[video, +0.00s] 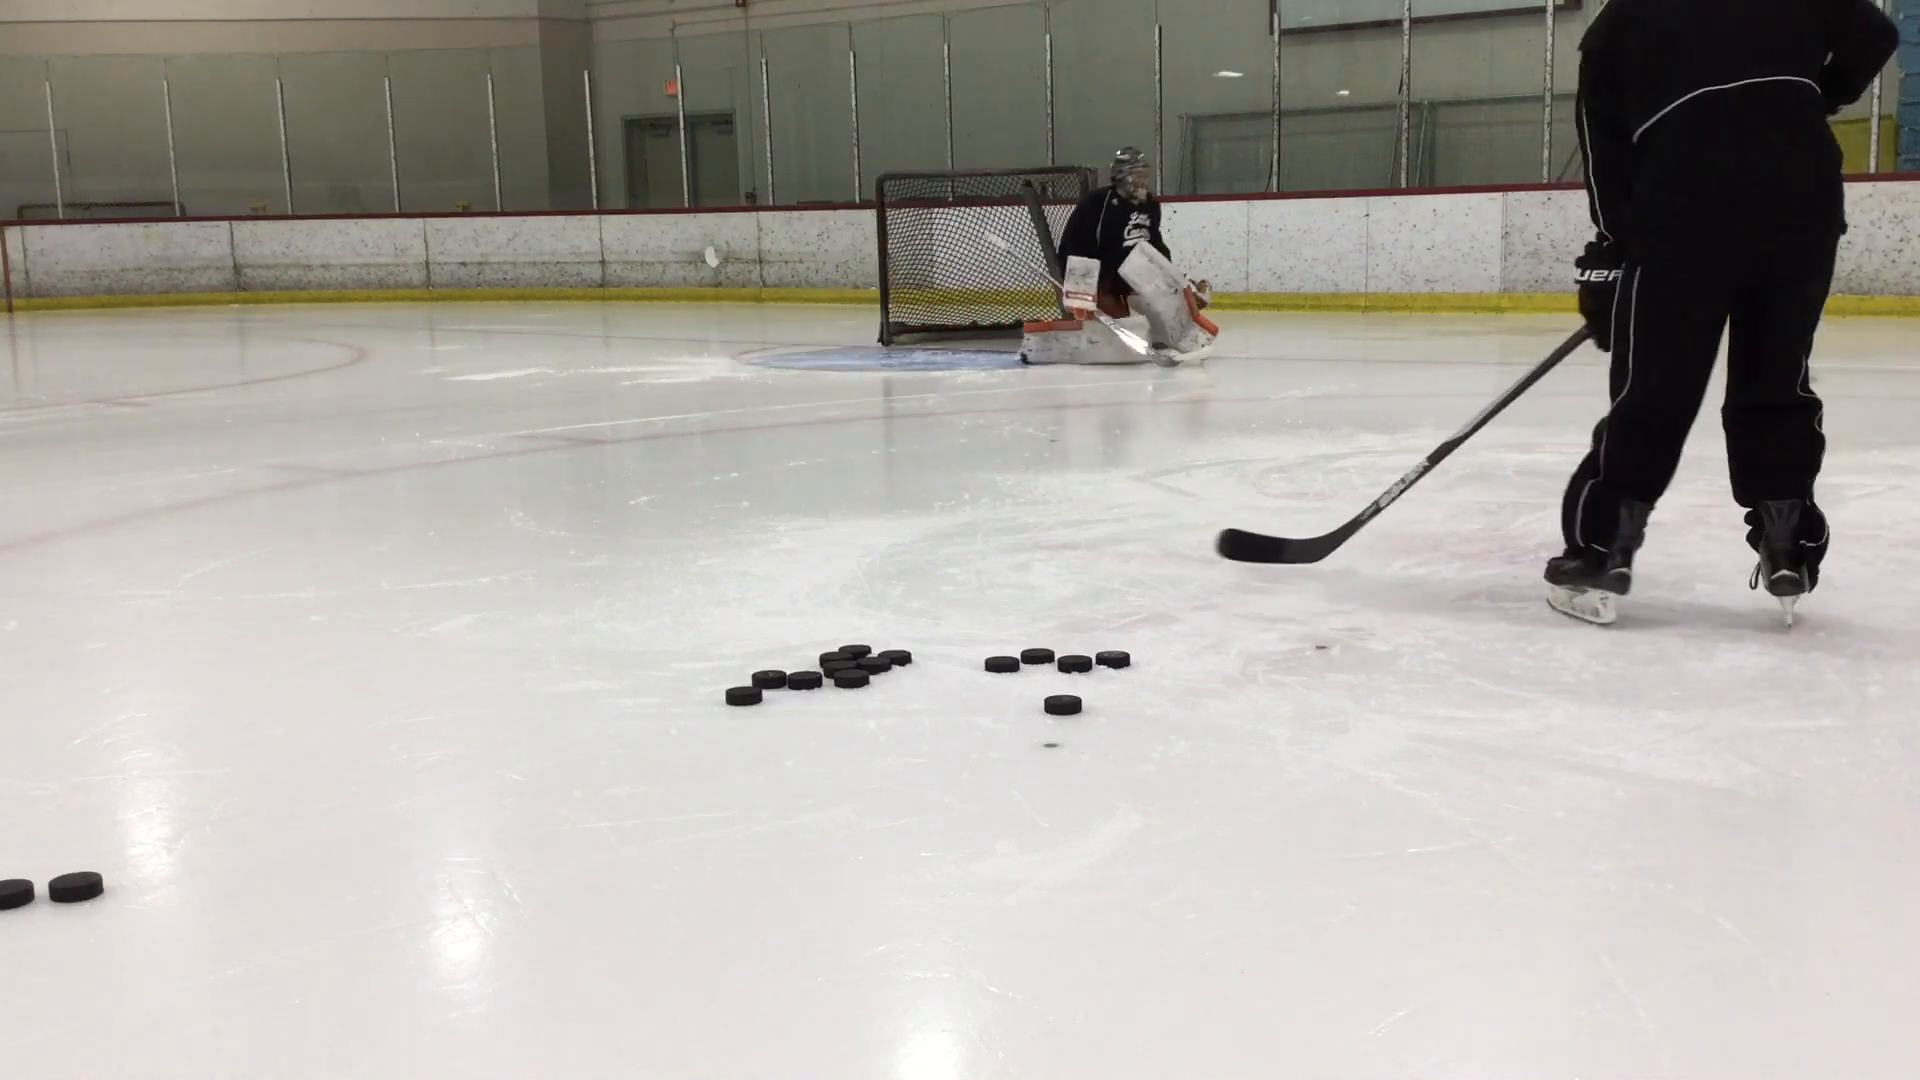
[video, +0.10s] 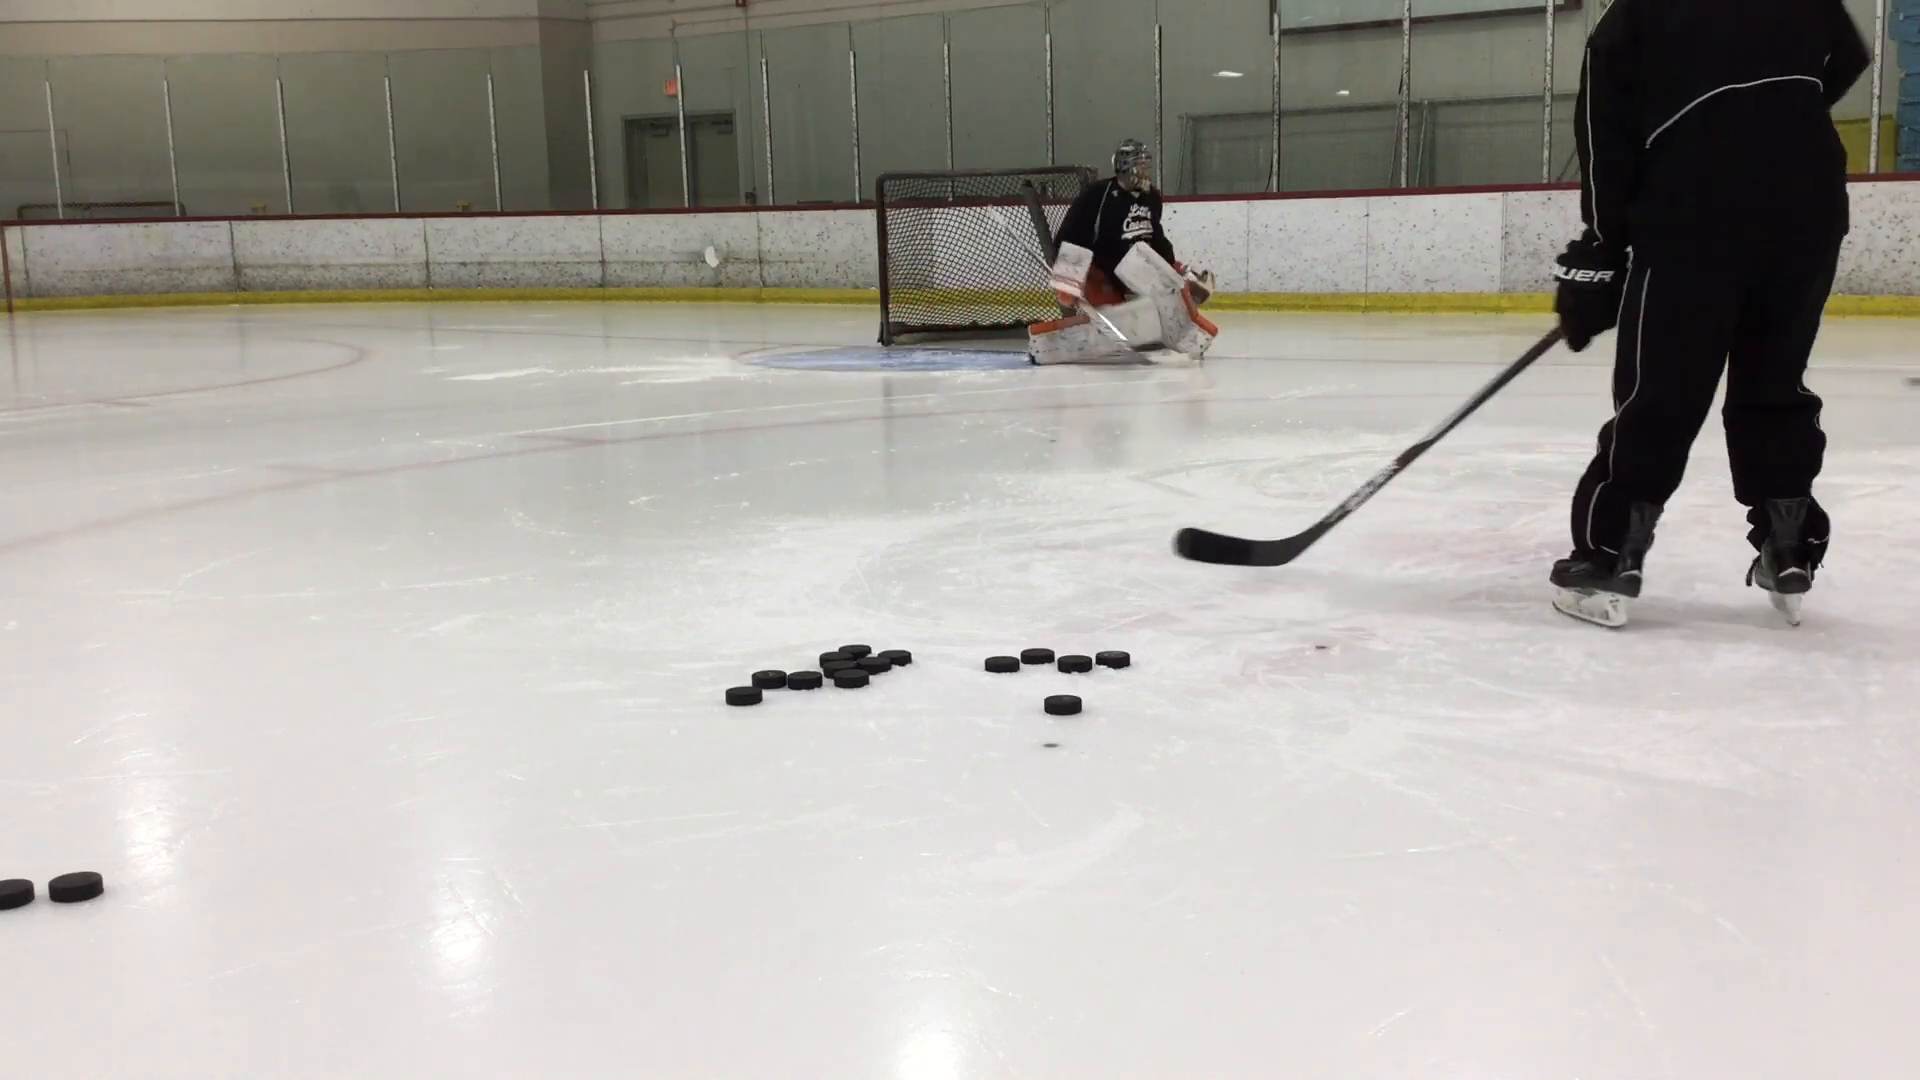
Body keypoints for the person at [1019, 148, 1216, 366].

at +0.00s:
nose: (1143, 183)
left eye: (1145, 177)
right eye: (1137, 177)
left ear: (1147, 177)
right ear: (1121, 178)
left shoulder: (1150, 205)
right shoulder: (1094, 203)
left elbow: (1153, 242)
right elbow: (1071, 248)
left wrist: (1167, 273)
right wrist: (1080, 292)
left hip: (1133, 273)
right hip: (1096, 275)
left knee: (1165, 291)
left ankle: (1161, 343)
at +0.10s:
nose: (1144, 171)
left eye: (1146, 166)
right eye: (1138, 167)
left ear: (1148, 167)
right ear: (1123, 169)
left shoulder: (1152, 198)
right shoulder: (1096, 195)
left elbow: (1154, 235)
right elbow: (1071, 240)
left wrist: (1171, 268)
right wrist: (1067, 285)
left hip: (1140, 275)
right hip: (1099, 279)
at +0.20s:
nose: (1136, 157)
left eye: (1137, 151)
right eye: (1131, 152)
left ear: (1138, 154)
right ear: (1116, 154)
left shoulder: (1144, 184)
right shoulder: (1089, 181)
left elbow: (1147, 223)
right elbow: (1060, 221)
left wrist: (1164, 252)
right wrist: (1053, 262)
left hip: (1134, 262)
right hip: (1092, 264)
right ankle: (1039, 351)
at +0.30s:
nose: (1120, 145)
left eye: (1122, 140)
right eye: (1115, 139)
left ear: (1124, 143)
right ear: (1102, 141)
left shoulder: (1128, 173)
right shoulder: (1075, 167)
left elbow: (1128, 216)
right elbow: (1048, 208)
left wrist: (1144, 240)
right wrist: (1038, 252)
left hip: (1113, 251)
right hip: (1078, 248)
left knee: (1145, 293)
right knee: (1063, 301)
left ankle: (1185, 341)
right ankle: (1027, 351)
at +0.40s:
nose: (1107, 138)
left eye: (1107, 132)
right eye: (1102, 132)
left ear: (1106, 135)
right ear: (1089, 134)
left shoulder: (1112, 167)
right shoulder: (1059, 159)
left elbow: (1106, 206)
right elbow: (1026, 199)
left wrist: (1119, 232)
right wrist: (1029, 241)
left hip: (1097, 242)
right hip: (1062, 241)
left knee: (1127, 284)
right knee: (1054, 294)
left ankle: (1156, 337)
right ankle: (1009, 339)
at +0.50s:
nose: (1096, 136)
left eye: (1096, 130)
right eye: (1090, 129)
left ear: (1094, 132)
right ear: (1075, 131)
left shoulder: (1098, 165)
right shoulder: (1048, 155)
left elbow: (1090, 206)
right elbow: (1015, 196)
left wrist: (1102, 231)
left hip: (1082, 235)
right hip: (1048, 232)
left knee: (1117, 257)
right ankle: (997, 334)